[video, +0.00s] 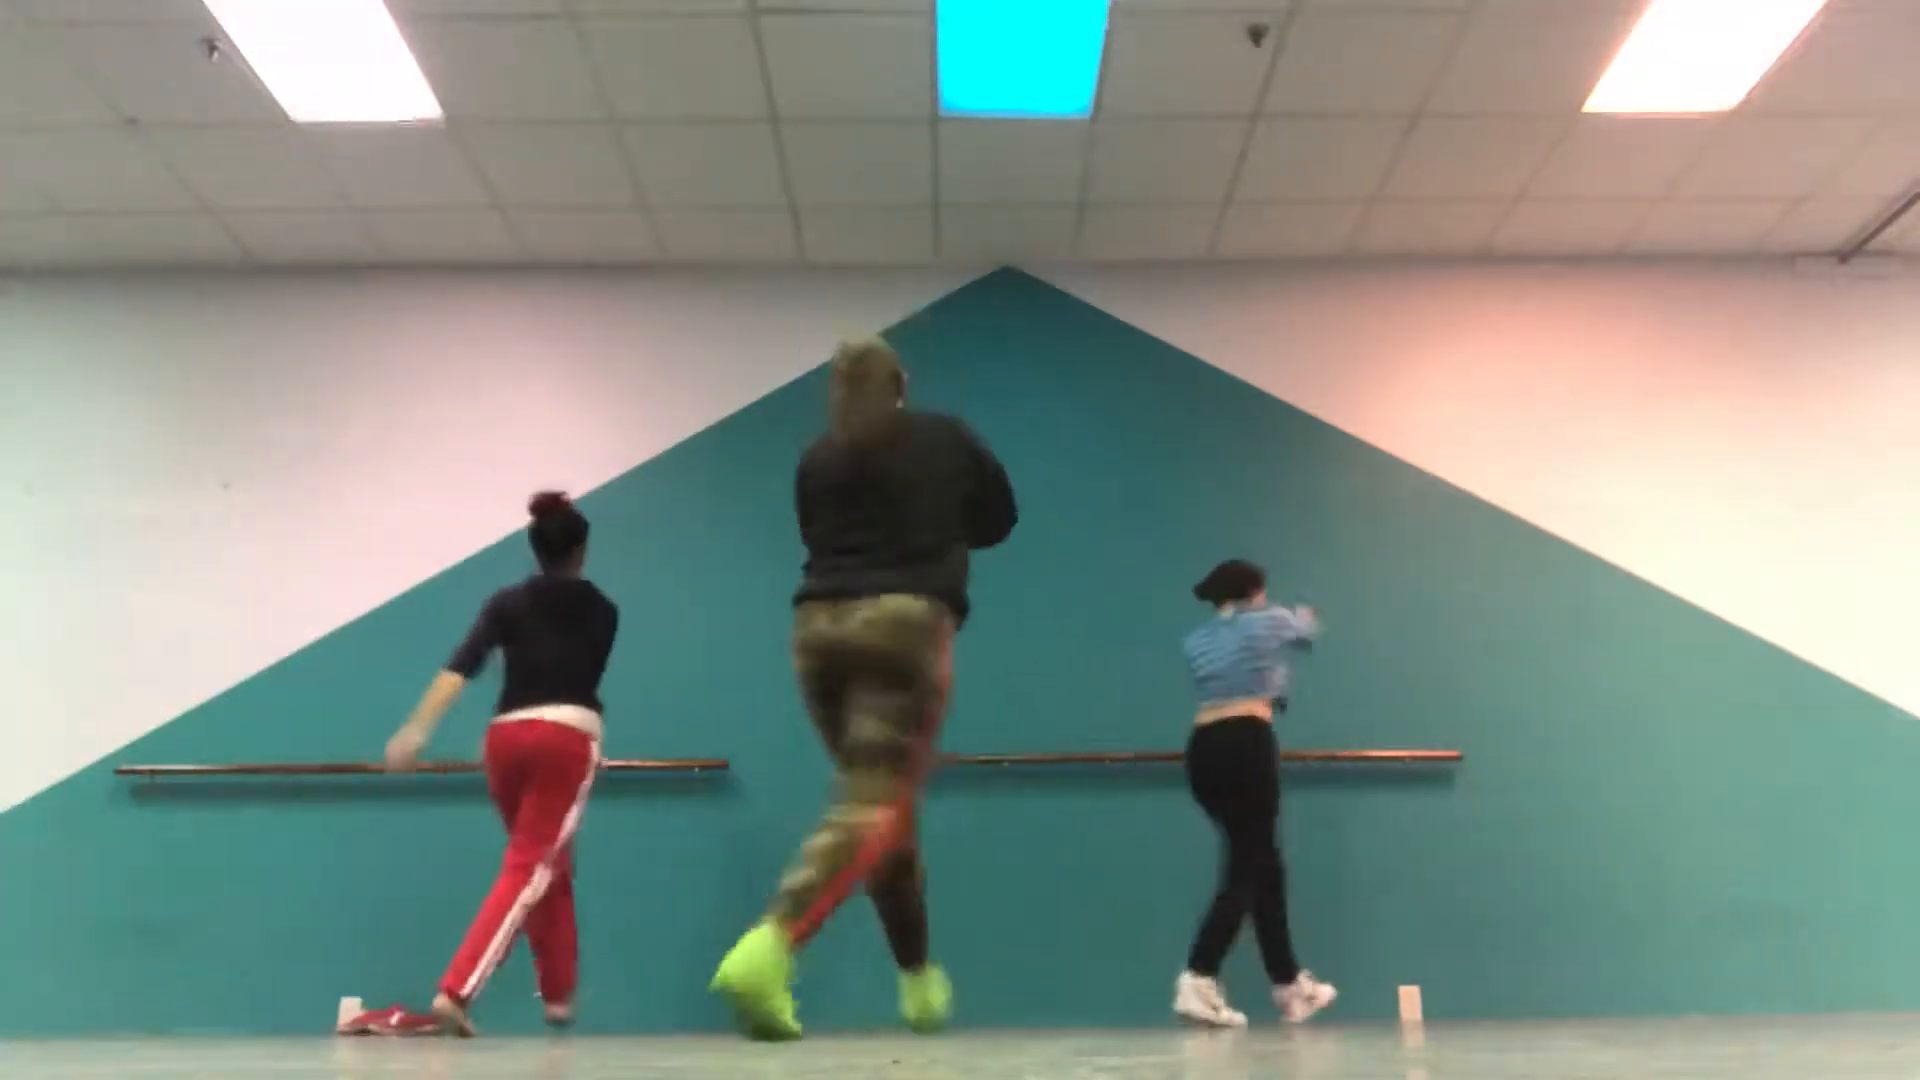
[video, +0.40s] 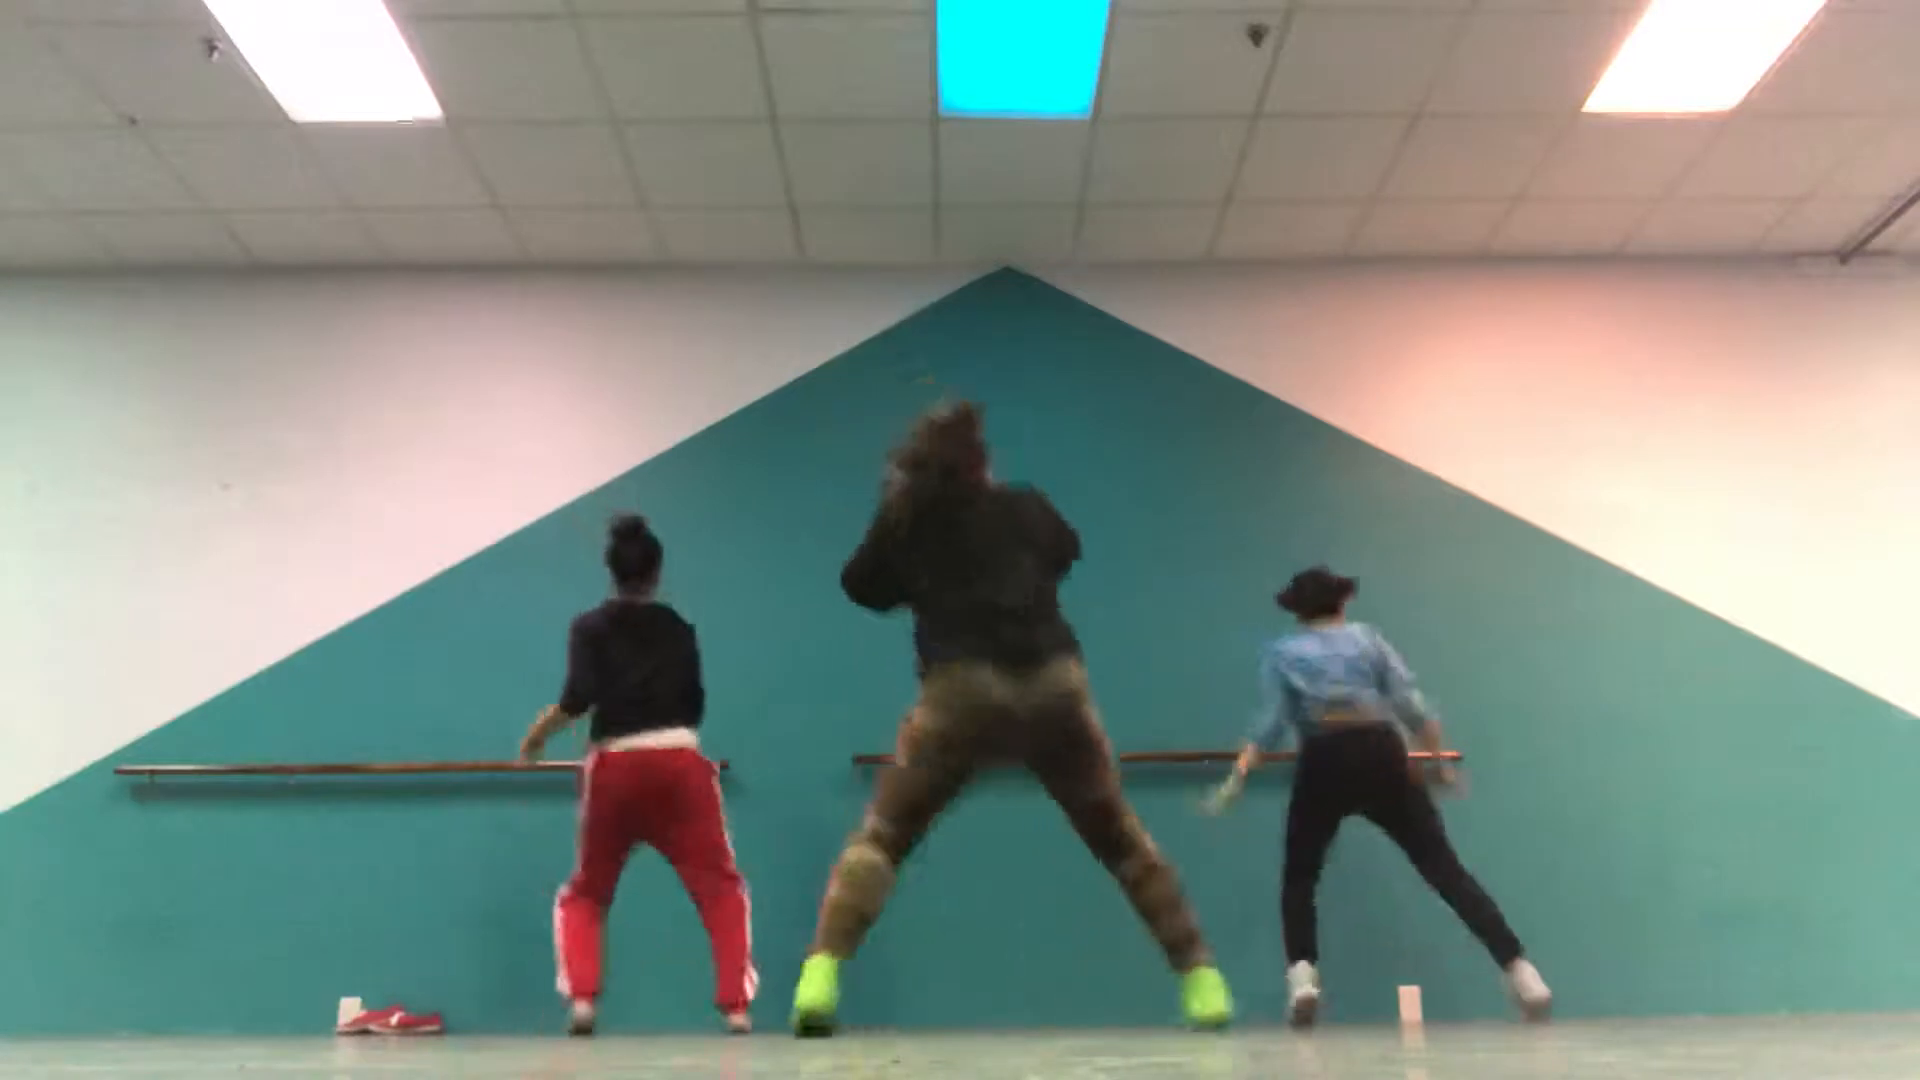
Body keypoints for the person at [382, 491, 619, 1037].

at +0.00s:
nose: (572, 555)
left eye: (557, 547)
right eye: (578, 547)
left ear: (534, 549)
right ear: (582, 549)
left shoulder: (509, 601)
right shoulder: (602, 609)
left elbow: (459, 669)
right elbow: (578, 674)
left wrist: (415, 729)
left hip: (506, 738)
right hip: (568, 739)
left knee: (550, 864)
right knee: (526, 867)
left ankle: (558, 995)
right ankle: (456, 993)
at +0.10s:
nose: (576, 553)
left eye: (559, 544)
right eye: (587, 544)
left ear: (549, 549)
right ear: (598, 548)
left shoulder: (532, 609)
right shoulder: (623, 608)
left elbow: (517, 693)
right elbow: (613, 685)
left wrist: (496, 760)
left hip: (538, 737)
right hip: (601, 742)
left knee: (545, 871)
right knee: (608, 867)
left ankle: (546, 1004)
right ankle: (541, 954)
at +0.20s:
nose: (606, 551)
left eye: (589, 543)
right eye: (612, 543)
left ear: (570, 548)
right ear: (618, 547)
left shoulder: (550, 606)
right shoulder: (642, 604)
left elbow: (538, 695)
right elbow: (644, 686)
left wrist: (527, 763)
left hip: (563, 737)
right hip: (625, 739)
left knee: (557, 883)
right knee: (654, 858)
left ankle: (544, 1005)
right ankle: (622, 956)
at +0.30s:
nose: (623, 554)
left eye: (608, 546)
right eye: (634, 545)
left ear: (593, 550)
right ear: (640, 548)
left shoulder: (573, 607)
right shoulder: (665, 608)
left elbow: (555, 688)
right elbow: (668, 687)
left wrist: (536, 745)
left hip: (588, 732)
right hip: (654, 731)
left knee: (571, 867)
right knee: (688, 862)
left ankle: (555, 992)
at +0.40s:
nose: (643, 574)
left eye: (628, 566)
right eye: (650, 567)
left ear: (611, 570)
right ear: (658, 570)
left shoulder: (591, 625)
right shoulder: (678, 626)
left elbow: (577, 699)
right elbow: (692, 710)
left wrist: (535, 735)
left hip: (616, 767)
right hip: (681, 764)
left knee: (589, 887)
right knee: (718, 881)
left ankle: (582, 997)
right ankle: (736, 1002)